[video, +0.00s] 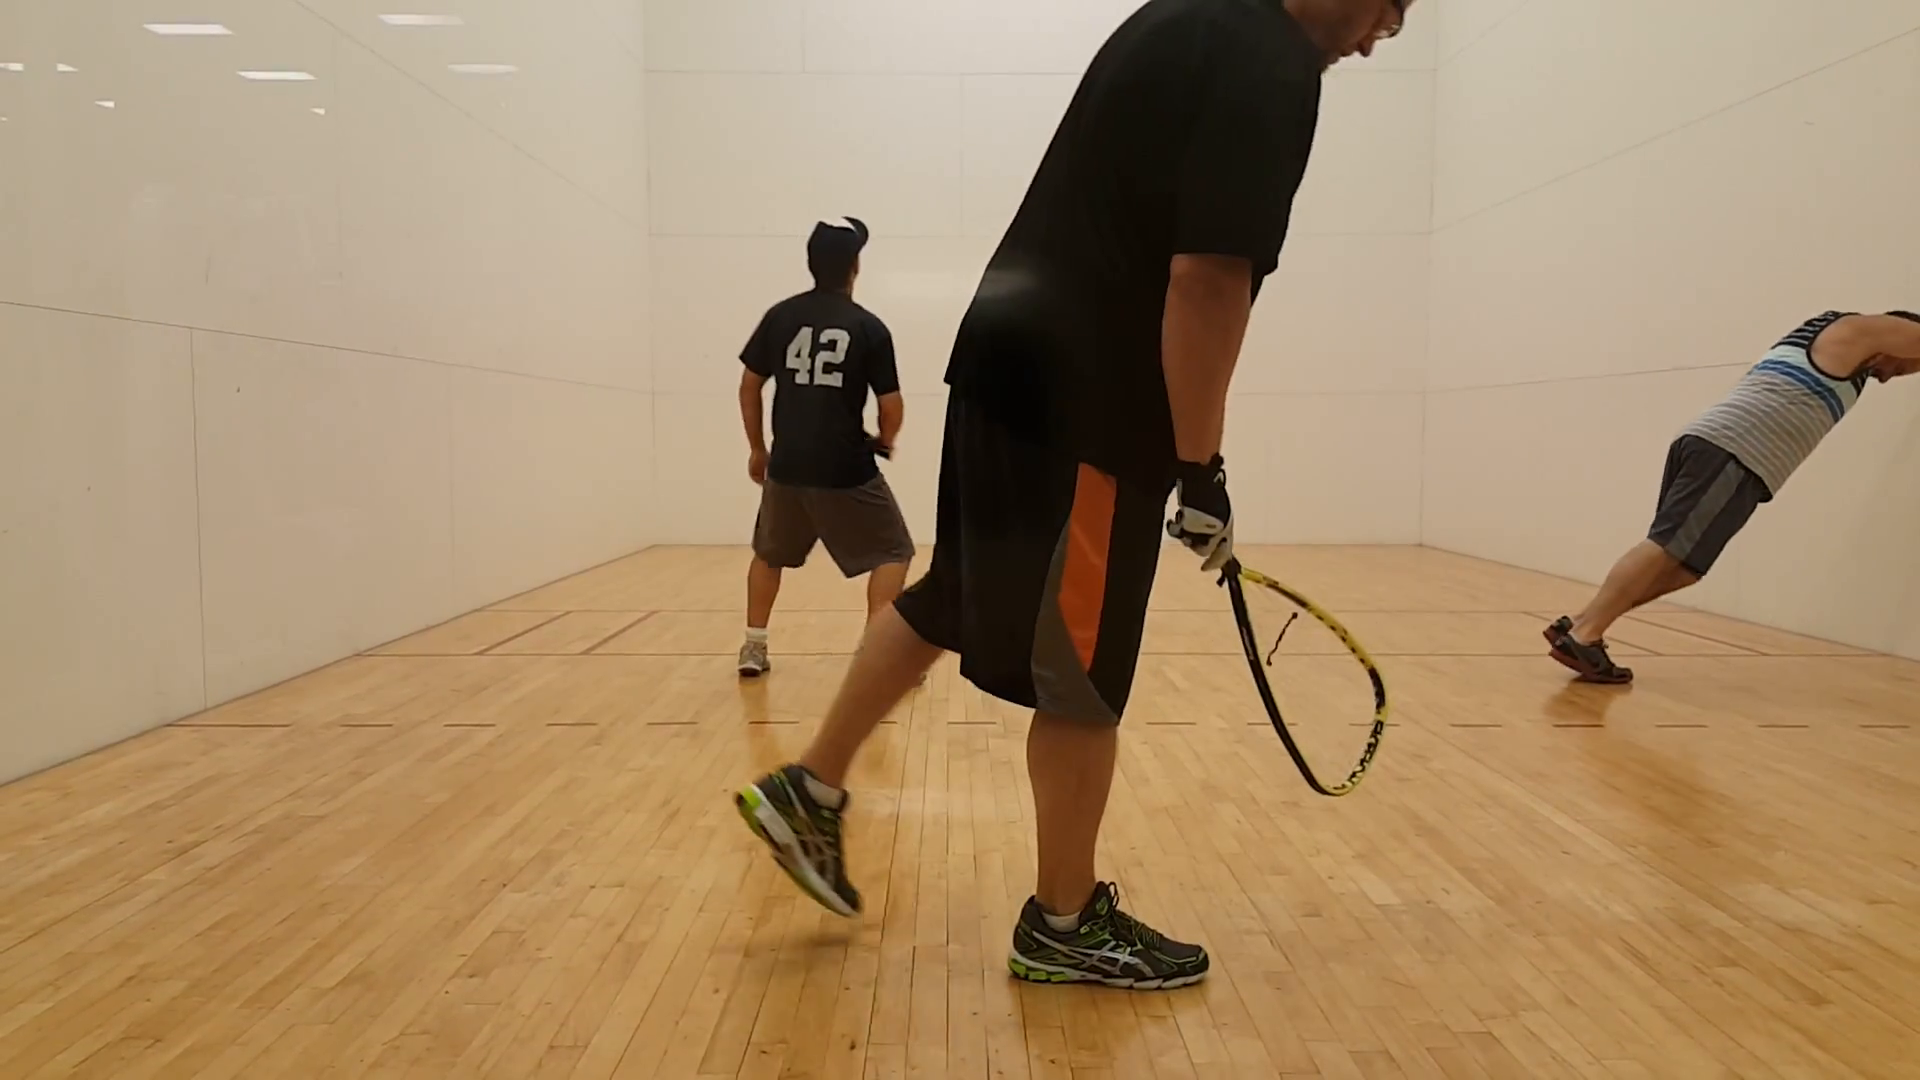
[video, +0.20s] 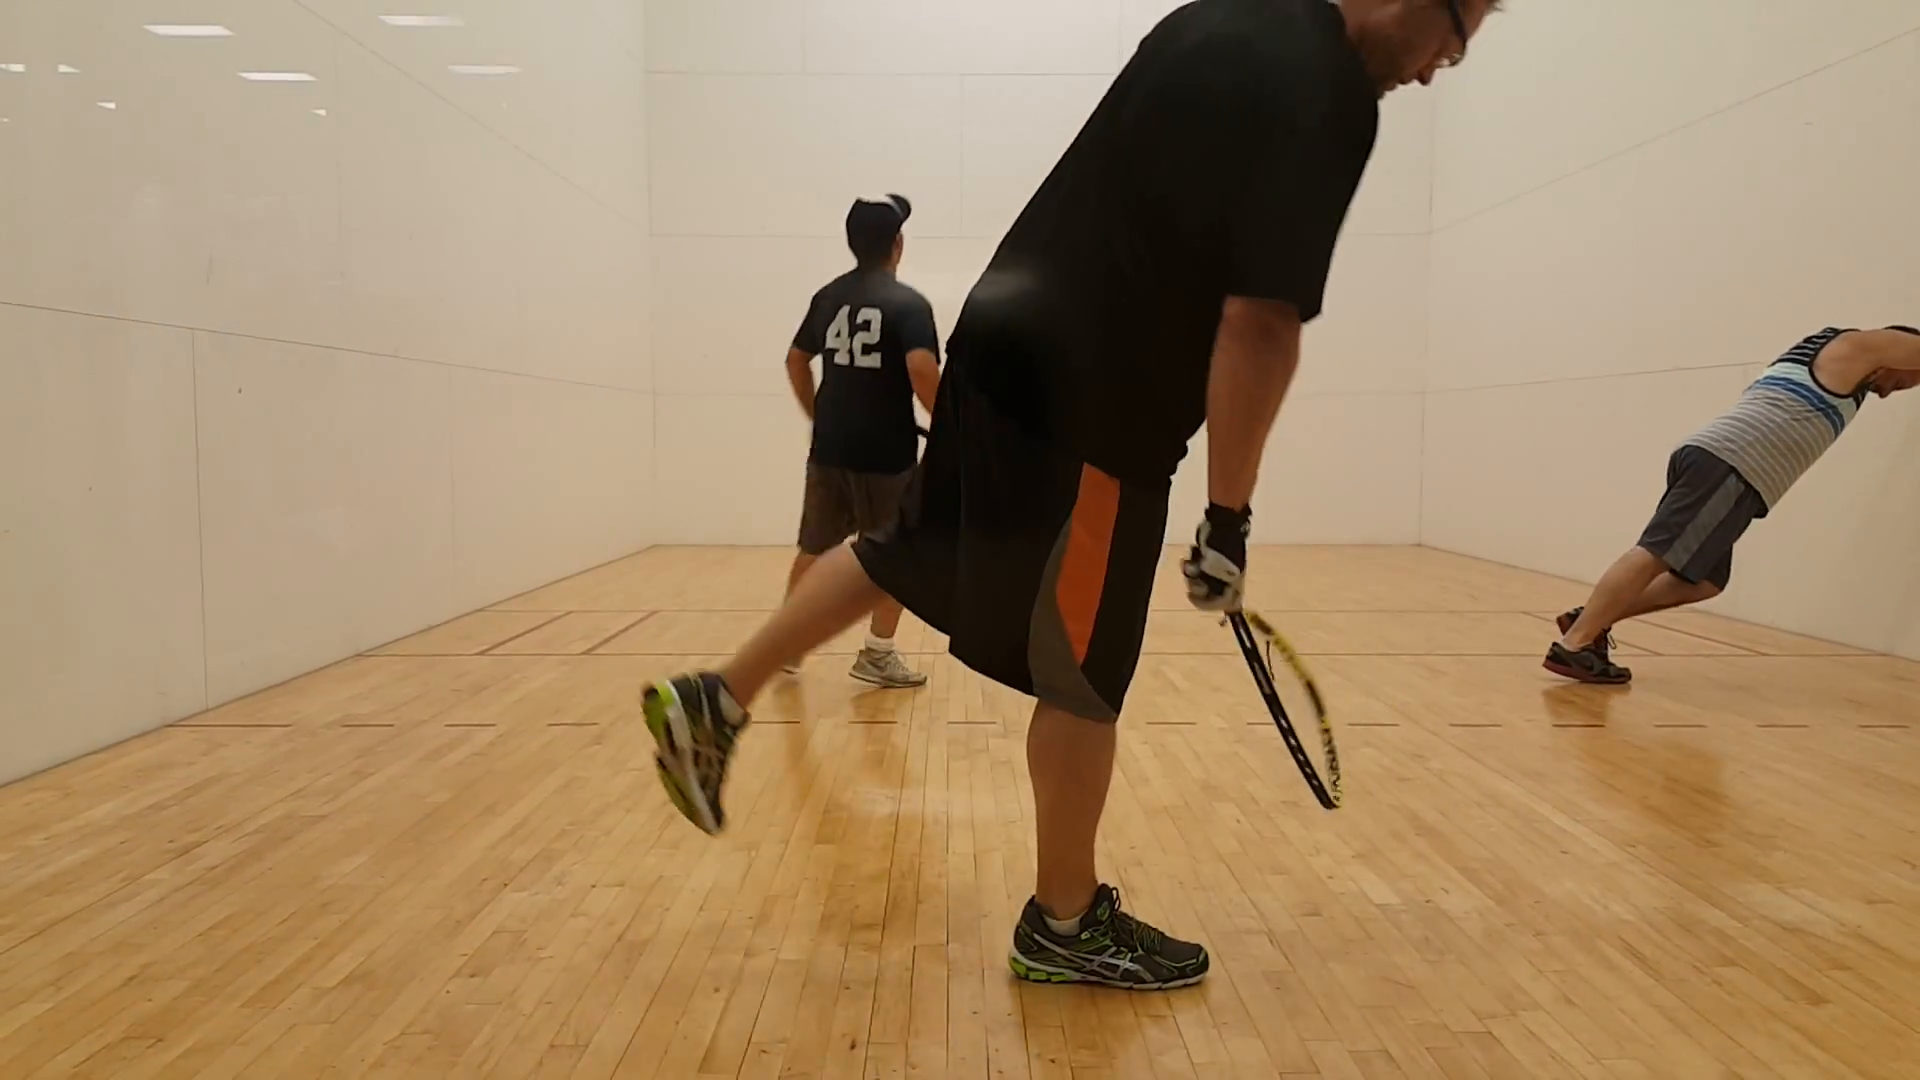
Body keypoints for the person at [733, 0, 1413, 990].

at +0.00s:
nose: (1385, 34)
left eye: (1394, 21)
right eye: (1390, 11)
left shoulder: (1181, 22)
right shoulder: (1266, 60)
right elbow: (1206, 280)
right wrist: (1201, 472)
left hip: (1007, 371)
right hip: (1098, 403)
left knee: (951, 593)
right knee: (1082, 665)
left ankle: (811, 786)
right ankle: (1065, 916)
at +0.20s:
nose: (1443, 67)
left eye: (1458, 48)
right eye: (1455, 36)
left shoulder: (1216, 22)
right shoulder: (1327, 89)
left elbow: (1120, 208)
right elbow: (1261, 323)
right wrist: (1228, 519)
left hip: (1001, 345)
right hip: (1102, 397)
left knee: (912, 552)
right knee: (1087, 664)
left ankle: (721, 696)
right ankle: (1065, 918)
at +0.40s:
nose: (1489, 139)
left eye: (1509, 124)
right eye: (1505, 112)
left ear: (1440, 32)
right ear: (1474, 51)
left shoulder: (1259, 31)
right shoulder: (1379, 192)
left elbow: (1102, 130)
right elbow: (1321, 420)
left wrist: (1068, 271)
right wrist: (1286, 612)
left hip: (978, 311)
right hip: (1098, 388)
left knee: (864, 487)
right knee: (1130, 654)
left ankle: (650, 587)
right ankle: (1080, 917)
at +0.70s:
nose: (1508, 262)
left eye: (1532, 247)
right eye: (1530, 238)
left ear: (1476, 131)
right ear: (1504, 181)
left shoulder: (1313, 87)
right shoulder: (1374, 291)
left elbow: (1147, 142)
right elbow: (1316, 508)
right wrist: (1289, 690)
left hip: (979, 291)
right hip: (1066, 392)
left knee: (823, 409)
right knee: (1093, 651)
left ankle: (593, 430)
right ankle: (1068, 919)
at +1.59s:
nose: (1496, 352)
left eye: (1518, 339)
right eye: (1520, 329)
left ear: (1479, 229)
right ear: (1506, 267)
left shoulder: (1329, 155)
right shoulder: (1382, 348)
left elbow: (1153, 183)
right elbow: (1314, 574)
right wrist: (1279, 753)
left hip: (982, 296)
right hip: (1067, 385)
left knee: (840, 455)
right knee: (1089, 646)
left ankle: (585, 451)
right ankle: (1063, 921)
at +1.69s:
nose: (1494, 365)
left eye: (1515, 353)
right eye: (1517, 342)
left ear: (1481, 245)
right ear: (1505, 279)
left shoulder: (1331, 168)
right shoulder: (1380, 356)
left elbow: (1189, 250)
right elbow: (1316, 585)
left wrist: (1231, 508)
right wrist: (1281, 757)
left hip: (978, 302)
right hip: (1064, 391)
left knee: (843, 466)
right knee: (1103, 658)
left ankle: (584, 468)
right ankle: (1064, 923)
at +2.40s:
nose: (1487, 449)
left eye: (1511, 434)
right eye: (1508, 429)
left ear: (1477, 315)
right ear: (1493, 377)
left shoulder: (1352, 237)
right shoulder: (1384, 436)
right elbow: (1319, 648)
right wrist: (1289, 824)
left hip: (1009, 278)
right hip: (1080, 386)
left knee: (790, 396)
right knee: (1081, 660)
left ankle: (522, 405)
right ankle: (1063, 924)